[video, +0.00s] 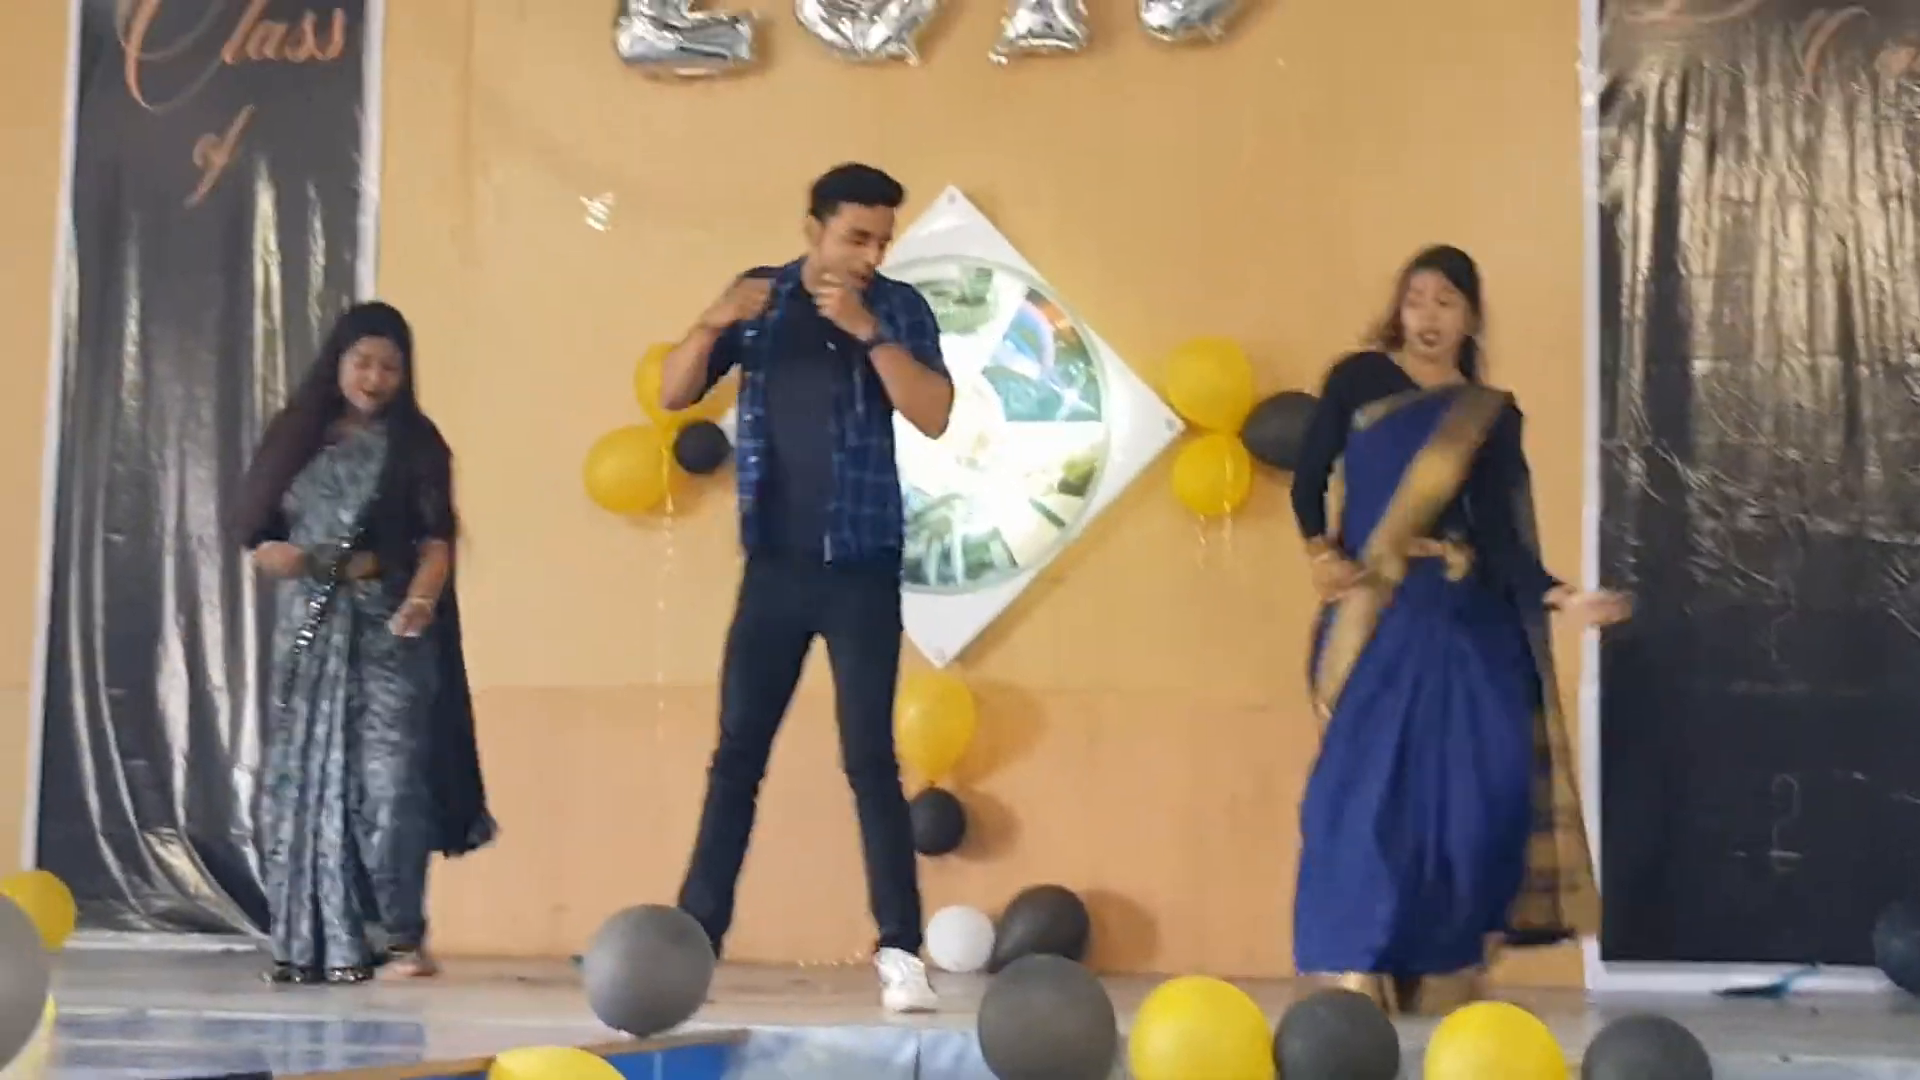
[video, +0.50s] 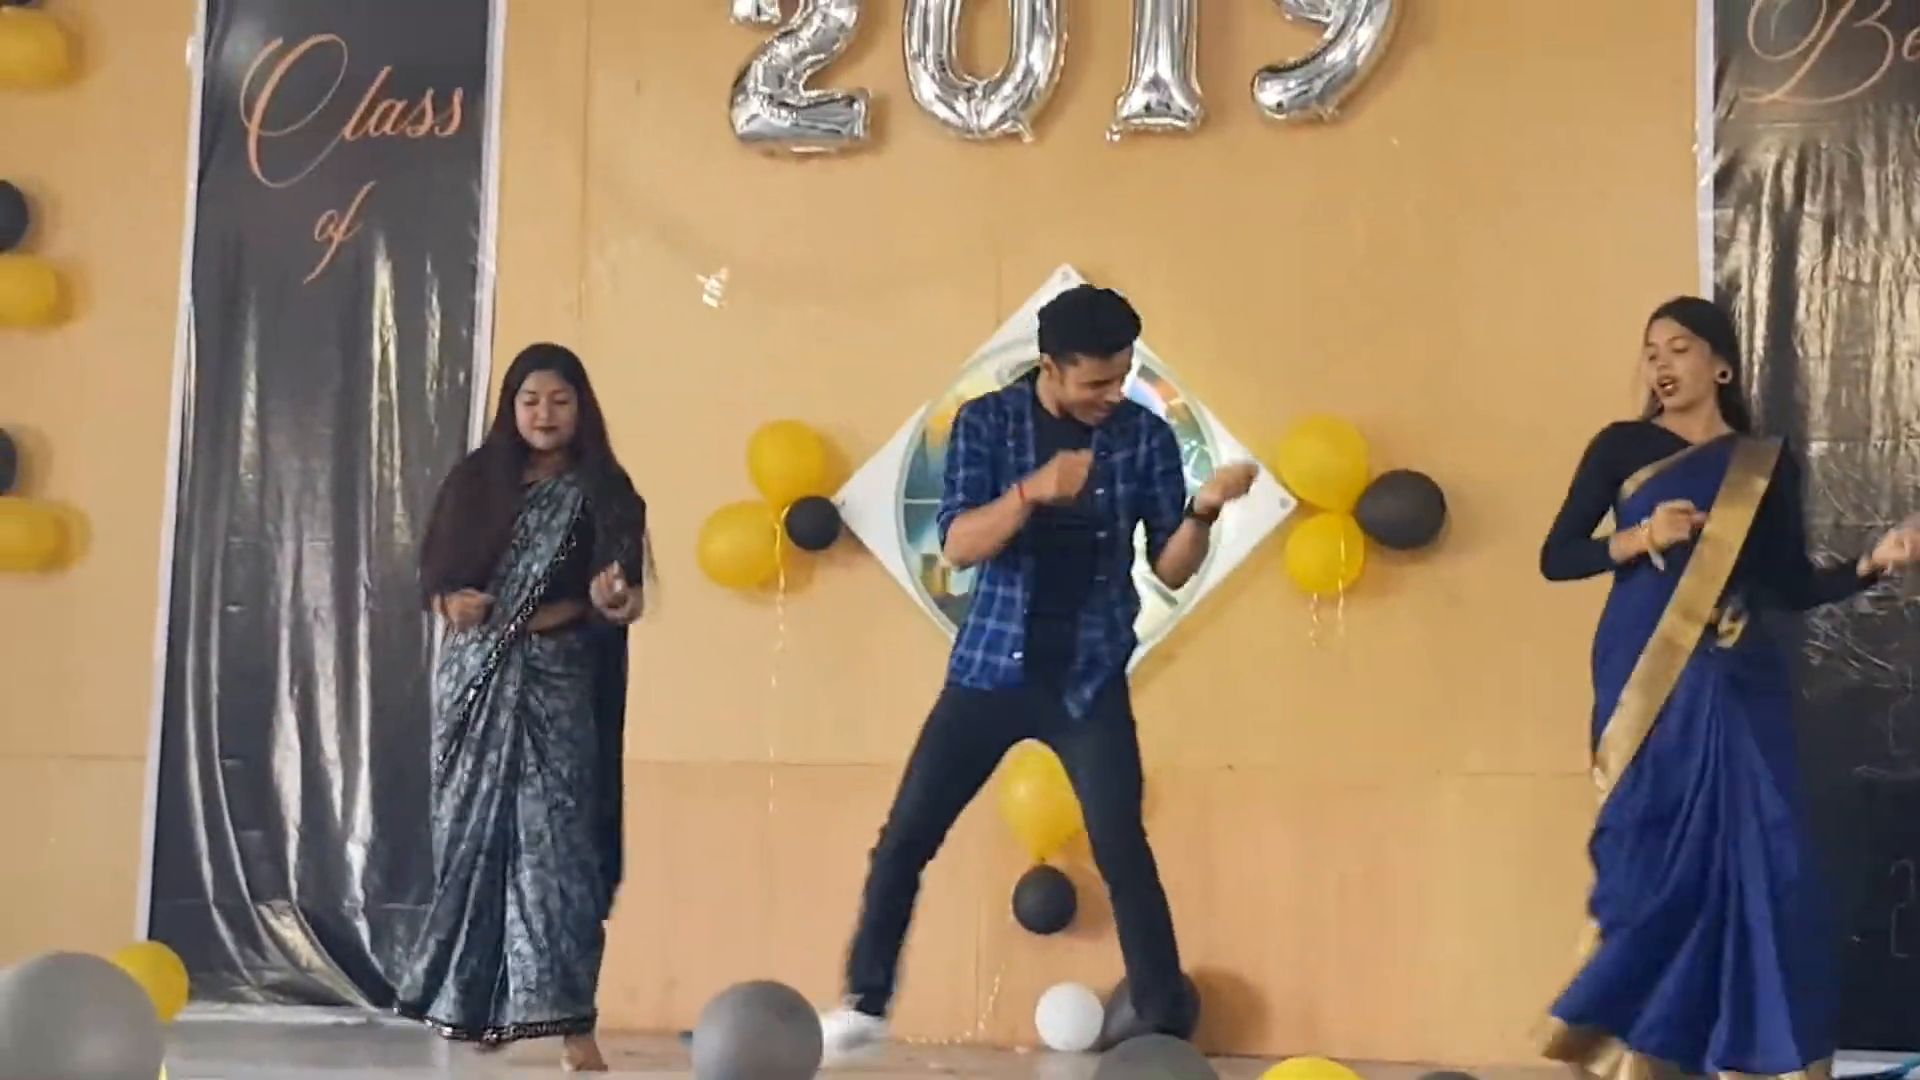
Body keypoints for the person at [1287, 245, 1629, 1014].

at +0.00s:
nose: (1427, 315)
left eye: (1444, 302)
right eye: (1415, 299)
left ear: (1470, 318)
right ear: (1397, 308)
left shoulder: (1491, 412)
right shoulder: (1357, 379)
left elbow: (1504, 539)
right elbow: (1308, 476)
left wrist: (1561, 597)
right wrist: (1320, 549)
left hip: (1471, 610)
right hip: (1379, 607)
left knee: (1485, 779)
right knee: (1372, 779)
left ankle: (1452, 961)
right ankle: (1364, 967)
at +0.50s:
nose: (1660, 364)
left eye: (1678, 349)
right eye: (1651, 352)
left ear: (1721, 362)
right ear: (1644, 367)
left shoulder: (1767, 462)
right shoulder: (1618, 446)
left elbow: (1786, 586)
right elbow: (1558, 557)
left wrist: (1866, 566)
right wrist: (1638, 537)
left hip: (1741, 669)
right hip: (1641, 670)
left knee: (1760, 844)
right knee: (1659, 851)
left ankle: (1760, 1047)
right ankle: (1650, 1041)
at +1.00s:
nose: (1616, 465)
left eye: (1632, 447)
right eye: (1606, 454)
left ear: (1675, 453)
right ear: (1601, 468)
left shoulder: (1740, 523)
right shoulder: (1598, 559)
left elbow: (1805, 618)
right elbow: (1584, 690)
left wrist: (1708, 595)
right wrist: (1563, 656)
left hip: (1743, 760)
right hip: (1644, 770)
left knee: (1751, 936)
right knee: (1626, 931)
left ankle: (1758, 1065)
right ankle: (1641, 1065)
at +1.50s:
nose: (1453, 316)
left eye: (1468, 302)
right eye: (1449, 302)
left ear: (1508, 314)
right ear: (1441, 314)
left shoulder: (1552, 398)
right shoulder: (1416, 404)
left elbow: (1599, 524)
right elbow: (1395, 509)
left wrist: (1542, 545)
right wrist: (1361, 551)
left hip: (1524, 623)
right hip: (1443, 624)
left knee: (1505, 805)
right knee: (1408, 786)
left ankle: (1525, 1004)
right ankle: (1388, 1002)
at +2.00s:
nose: (1483, 69)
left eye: (1506, 66)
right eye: (1485, 55)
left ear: (1534, 99)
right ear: (1472, 73)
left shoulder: (1521, 153)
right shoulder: (1479, 162)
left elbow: (1531, 277)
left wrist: (1549, 238)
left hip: (1495, 383)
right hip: (1451, 386)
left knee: (1468, 570)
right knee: (1402, 574)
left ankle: (1558, 762)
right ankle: (1371, 794)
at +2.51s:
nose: (1657, 103)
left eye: (1679, 95)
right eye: (1659, 88)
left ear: (1714, 123)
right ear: (1653, 106)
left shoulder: (1704, 185)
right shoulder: (1661, 194)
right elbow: (1657, 300)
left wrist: (1734, 208)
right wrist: (1606, 275)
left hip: (1694, 431)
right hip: (1663, 427)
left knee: (1619, 608)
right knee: (1725, 621)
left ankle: (1594, 813)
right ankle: (1847, 793)